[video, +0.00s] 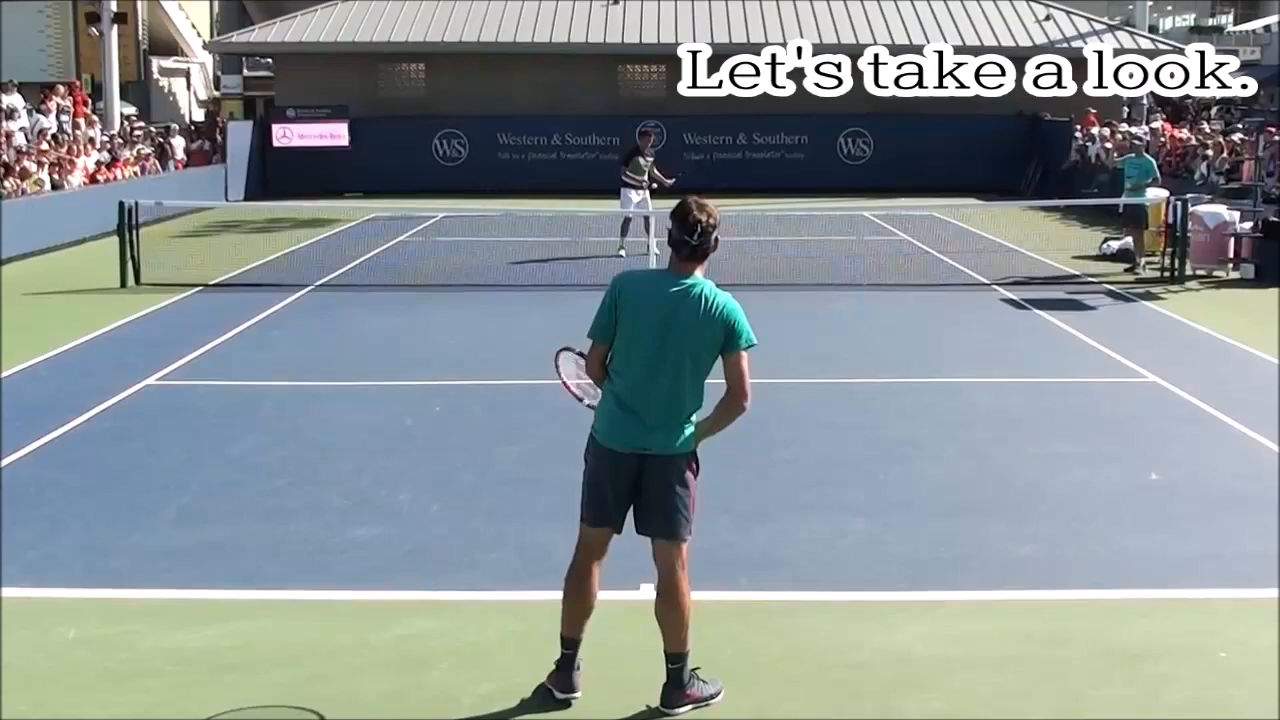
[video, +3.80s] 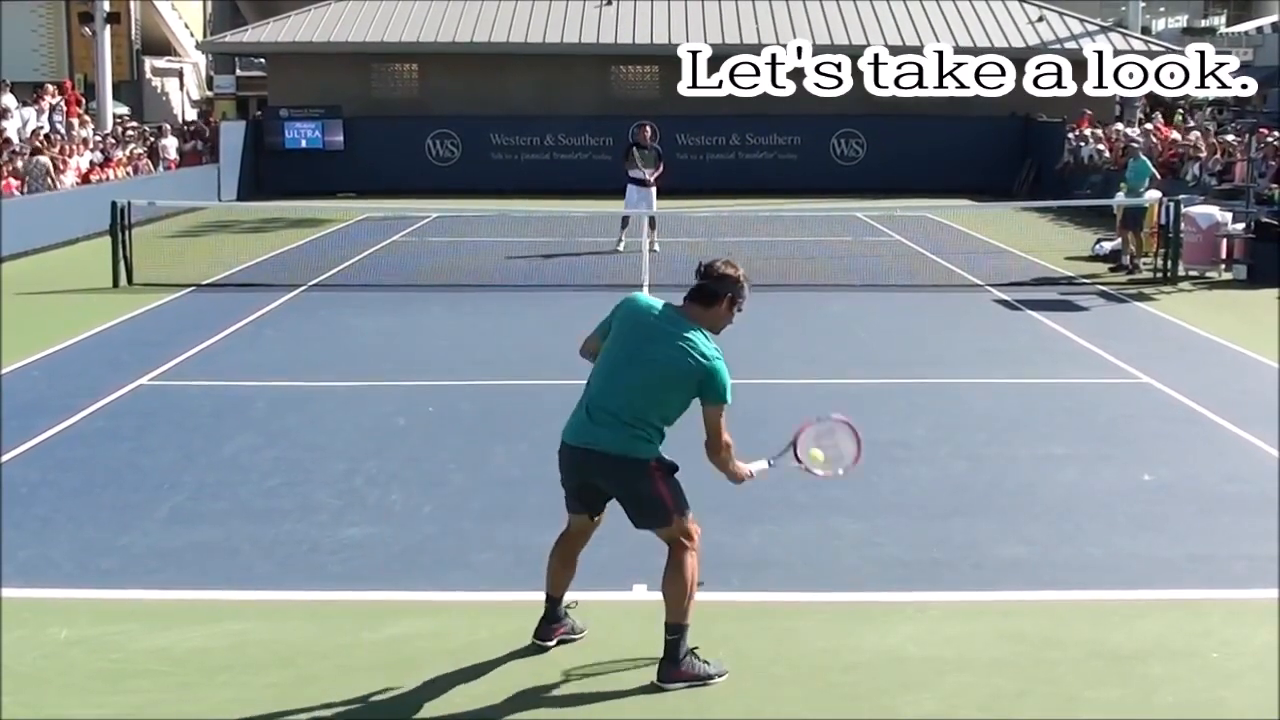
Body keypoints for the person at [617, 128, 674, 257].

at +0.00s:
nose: (649, 142)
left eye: (651, 139)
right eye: (646, 138)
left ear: (652, 141)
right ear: (640, 139)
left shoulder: (650, 155)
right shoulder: (632, 153)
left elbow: (652, 170)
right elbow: (623, 174)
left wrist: (665, 181)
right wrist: (642, 181)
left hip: (643, 190)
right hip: (629, 190)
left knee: (648, 216)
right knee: (628, 217)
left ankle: (651, 244)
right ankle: (622, 246)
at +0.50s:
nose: (658, 140)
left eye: (660, 138)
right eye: (656, 137)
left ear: (662, 140)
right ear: (649, 137)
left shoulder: (663, 155)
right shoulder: (638, 149)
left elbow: (663, 171)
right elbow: (627, 163)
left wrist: (657, 177)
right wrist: (635, 166)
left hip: (651, 188)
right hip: (636, 187)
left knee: (650, 218)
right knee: (635, 217)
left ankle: (649, 245)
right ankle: (631, 246)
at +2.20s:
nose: (650, 143)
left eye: (653, 141)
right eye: (648, 140)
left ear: (656, 143)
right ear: (643, 142)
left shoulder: (657, 159)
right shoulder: (637, 155)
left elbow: (661, 179)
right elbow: (633, 171)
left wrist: (674, 178)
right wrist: (647, 172)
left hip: (649, 190)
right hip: (634, 189)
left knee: (658, 215)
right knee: (629, 217)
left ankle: (663, 243)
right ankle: (615, 243)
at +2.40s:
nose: (659, 145)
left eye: (661, 142)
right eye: (657, 142)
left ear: (662, 144)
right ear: (651, 142)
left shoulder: (661, 160)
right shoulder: (640, 154)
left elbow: (671, 178)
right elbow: (626, 166)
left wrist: (688, 180)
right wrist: (631, 178)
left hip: (650, 189)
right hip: (637, 188)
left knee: (658, 215)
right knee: (634, 215)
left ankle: (662, 243)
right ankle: (619, 239)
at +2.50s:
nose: (661, 146)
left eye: (663, 144)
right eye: (659, 143)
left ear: (663, 146)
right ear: (652, 143)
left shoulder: (661, 162)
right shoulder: (639, 154)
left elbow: (663, 180)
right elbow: (625, 164)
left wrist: (674, 189)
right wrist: (626, 174)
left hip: (649, 189)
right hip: (635, 188)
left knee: (656, 215)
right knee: (636, 215)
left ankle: (661, 243)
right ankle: (626, 242)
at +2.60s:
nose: (660, 146)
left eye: (661, 143)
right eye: (658, 142)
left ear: (662, 145)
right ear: (651, 142)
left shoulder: (659, 162)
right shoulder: (637, 152)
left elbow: (656, 179)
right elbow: (623, 163)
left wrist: (662, 193)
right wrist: (623, 173)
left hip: (648, 189)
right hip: (633, 188)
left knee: (653, 216)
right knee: (634, 215)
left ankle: (661, 243)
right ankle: (629, 244)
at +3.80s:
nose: (645, 134)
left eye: (647, 131)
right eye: (643, 131)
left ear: (651, 134)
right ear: (638, 134)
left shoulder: (656, 150)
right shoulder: (632, 148)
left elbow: (660, 166)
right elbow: (627, 166)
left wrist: (652, 177)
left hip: (649, 184)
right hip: (633, 184)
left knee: (651, 213)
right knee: (627, 212)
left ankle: (653, 240)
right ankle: (621, 239)